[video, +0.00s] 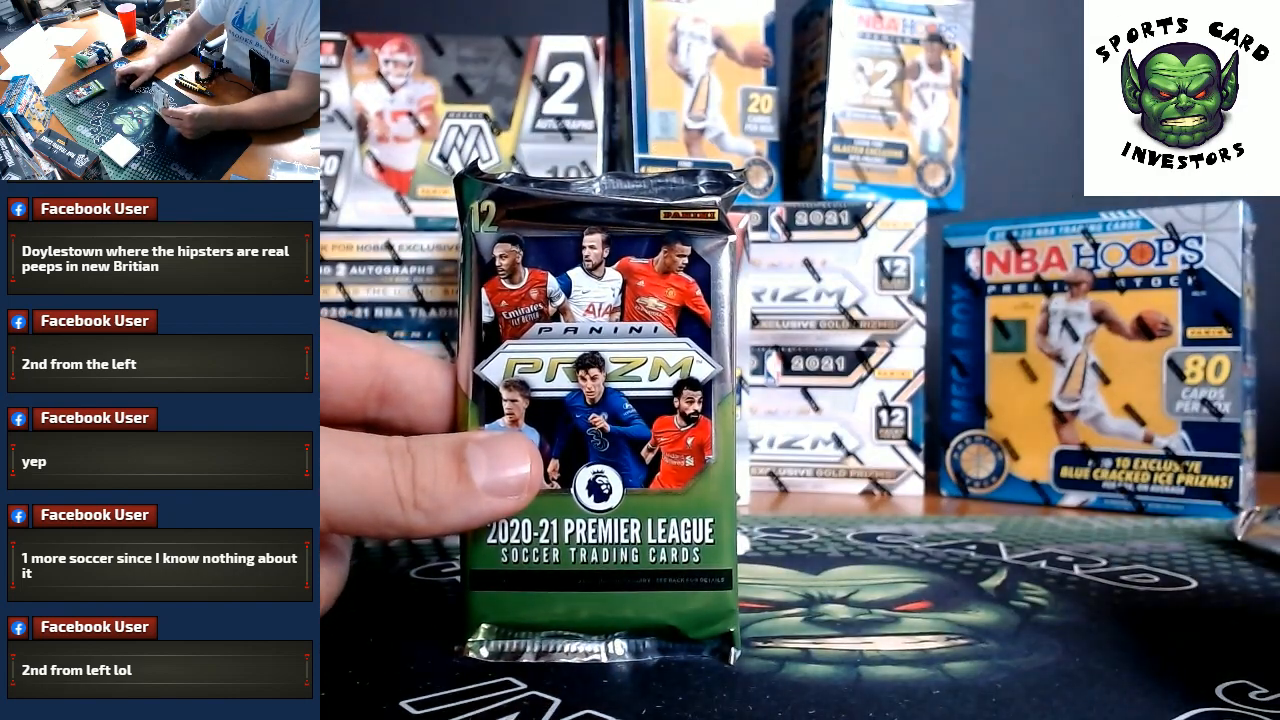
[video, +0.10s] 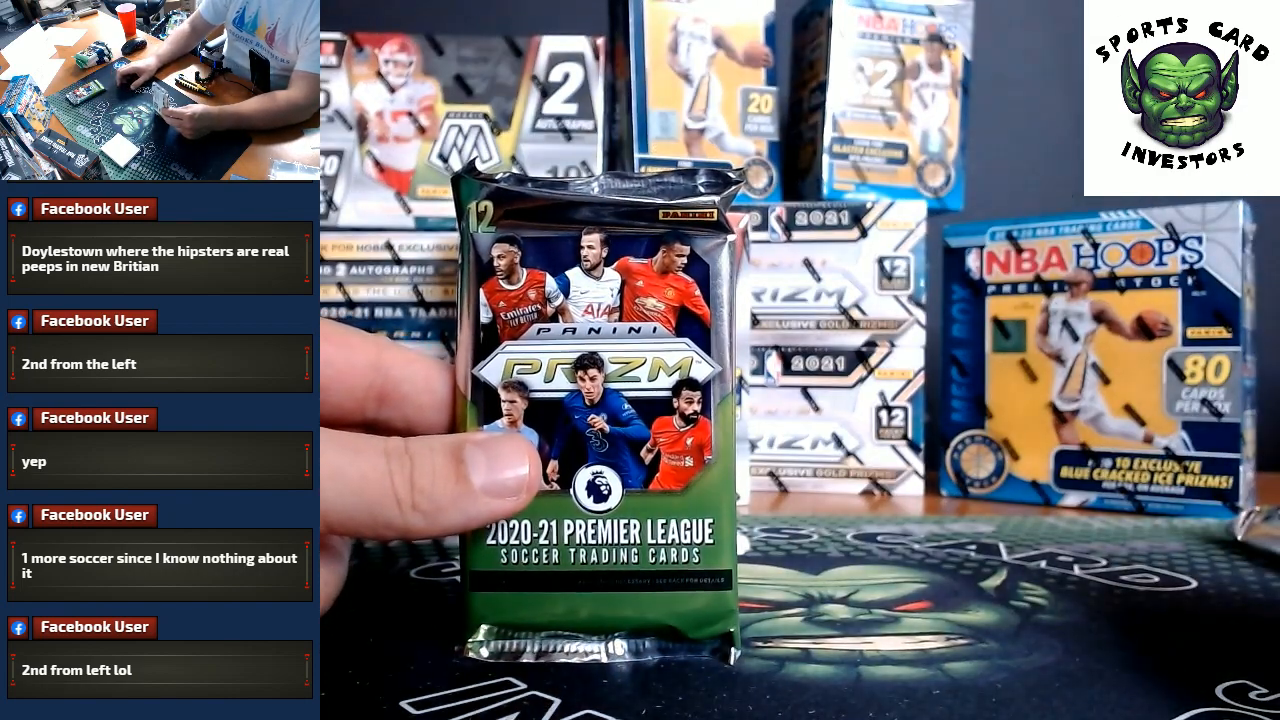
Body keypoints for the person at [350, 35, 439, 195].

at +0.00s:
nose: (398, 70)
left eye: (404, 65)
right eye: (392, 64)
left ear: (413, 66)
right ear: (381, 64)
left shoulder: (424, 90)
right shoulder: (365, 90)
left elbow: (432, 130)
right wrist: (370, 126)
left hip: (405, 169)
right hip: (373, 164)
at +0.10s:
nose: (398, 70)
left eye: (404, 65)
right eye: (392, 64)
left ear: (412, 66)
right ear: (381, 64)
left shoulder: (424, 90)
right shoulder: (365, 90)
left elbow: (432, 130)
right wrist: (370, 126)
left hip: (405, 169)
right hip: (374, 164)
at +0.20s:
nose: (399, 70)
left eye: (405, 65)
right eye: (393, 64)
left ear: (413, 66)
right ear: (382, 64)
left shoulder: (423, 90)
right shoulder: (365, 90)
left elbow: (432, 130)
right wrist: (370, 126)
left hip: (405, 169)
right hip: (374, 164)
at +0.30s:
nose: (399, 70)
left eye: (405, 65)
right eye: (393, 64)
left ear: (413, 66)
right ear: (382, 64)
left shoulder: (423, 90)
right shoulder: (365, 90)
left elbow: (432, 130)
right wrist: (370, 126)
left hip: (405, 169)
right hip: (374, 164)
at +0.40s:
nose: (398, 70)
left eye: (404, 65)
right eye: (392, 64)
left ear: (412, 66)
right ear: (381, 64)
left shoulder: (423, 90)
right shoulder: (365, 90)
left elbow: (432, 130)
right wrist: (370, 126)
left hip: (405, 169)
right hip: (374, 164)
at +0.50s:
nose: (398, 70)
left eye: (404, 65)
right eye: (392, 64)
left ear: (413, 66)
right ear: (381, 64)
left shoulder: (424, 90)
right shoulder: (365, 90)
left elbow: (432, 130)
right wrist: (370, 126)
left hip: (405, 169)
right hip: (373, 165)